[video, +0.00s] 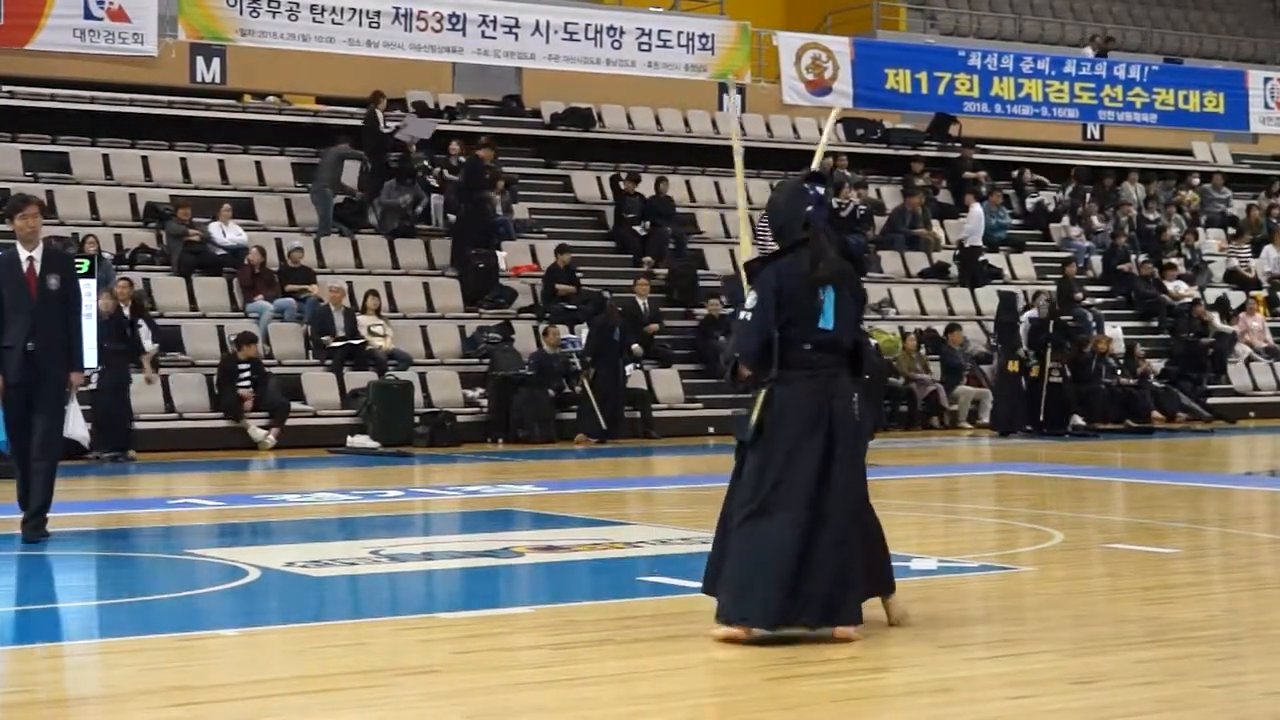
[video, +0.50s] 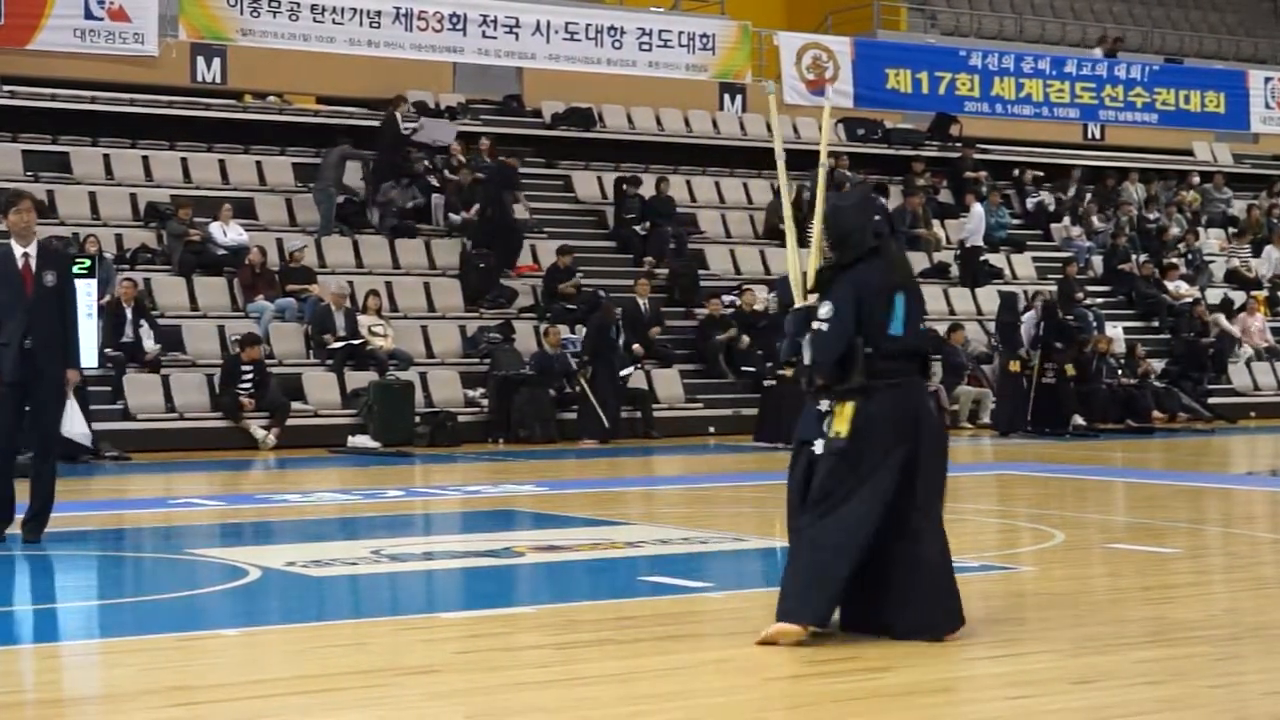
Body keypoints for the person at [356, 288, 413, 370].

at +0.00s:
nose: (375, 302)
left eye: (377, 299)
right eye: (372, 299)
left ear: (380, 302)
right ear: (365, 301)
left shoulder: (382, 318)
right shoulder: (359, 319)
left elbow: (389, 332)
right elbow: (362, 336)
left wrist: (387, 344)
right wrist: (378, 344)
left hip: (385, 345)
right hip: (371, 346)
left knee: (407, 358)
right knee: (382, 359)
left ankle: (394, 379)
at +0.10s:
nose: (375, 302)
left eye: (377, 299)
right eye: (372, 299)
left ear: (380, 302)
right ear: (365, 301)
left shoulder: (382, 318)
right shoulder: (359, 319)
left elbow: (389, 332)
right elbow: (362, 336)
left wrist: (388, 344)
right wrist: (378, 344)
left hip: (385, 345)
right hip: (371, 346)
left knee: (407, 358)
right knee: (382, 359)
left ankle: (394, 379)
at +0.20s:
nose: (375, 302)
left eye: (377, 299)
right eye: (372, 299)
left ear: (380, 302)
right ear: (365, 301)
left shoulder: (382, 318)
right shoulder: (359, 319)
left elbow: (389, 332)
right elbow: (362, 336)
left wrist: (388, 344)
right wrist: (378, 344)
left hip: (385, 345)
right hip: (371, 347)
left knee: (407, 358)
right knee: (382, 359)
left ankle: (394, 379)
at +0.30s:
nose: (375, 302)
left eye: (377, 299)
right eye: (372, 299)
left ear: (380, 302)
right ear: (365, 301)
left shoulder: (383, 318)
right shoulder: (359, 319)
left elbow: (389, 332)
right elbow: (362, 336)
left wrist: (388, 344)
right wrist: (378, 344)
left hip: (385, 345)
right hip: (371, 347)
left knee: (407, 358)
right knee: (382, 359)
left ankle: (394, 379)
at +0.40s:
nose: (376, 302)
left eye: (378, 299)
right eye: (373, 299)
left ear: (380, 302)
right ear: (366, 301)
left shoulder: (383, 318)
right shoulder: (359, 319)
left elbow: (389, 332)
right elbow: (363, 336)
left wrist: (388, 344)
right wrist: (378, 344)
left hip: (385, 345)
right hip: (371, 347)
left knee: (407, 358)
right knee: (382, 359)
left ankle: (394, 379)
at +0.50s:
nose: (376, 302)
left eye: (378, 299)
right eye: (373, 299)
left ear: (380, 302)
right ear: (366, 301)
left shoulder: (383, 318)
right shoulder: (360, 319)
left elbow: (390, 332)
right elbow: (363, 336)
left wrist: (388, 344)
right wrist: (379, 345)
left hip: (386, 345)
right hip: (372, 347)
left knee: (407, 358)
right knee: (383, 359)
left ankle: (394, 380)